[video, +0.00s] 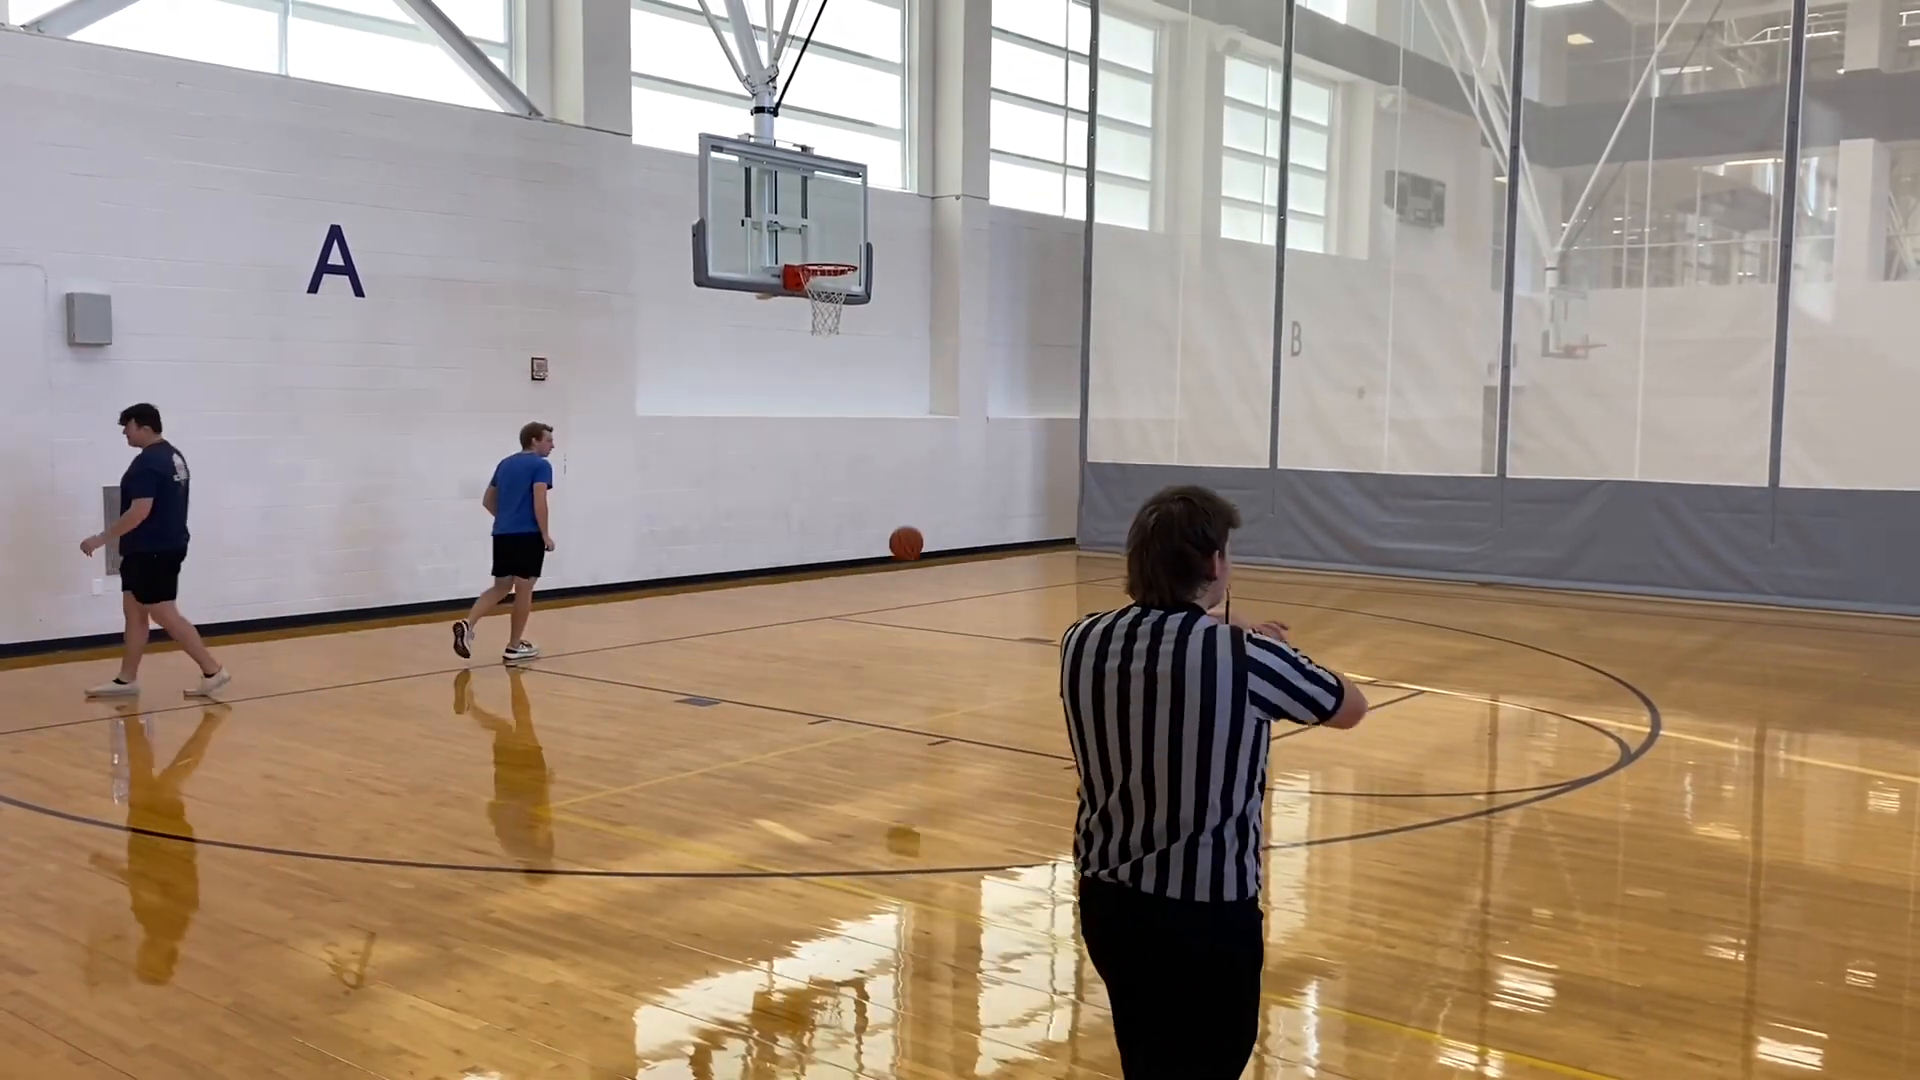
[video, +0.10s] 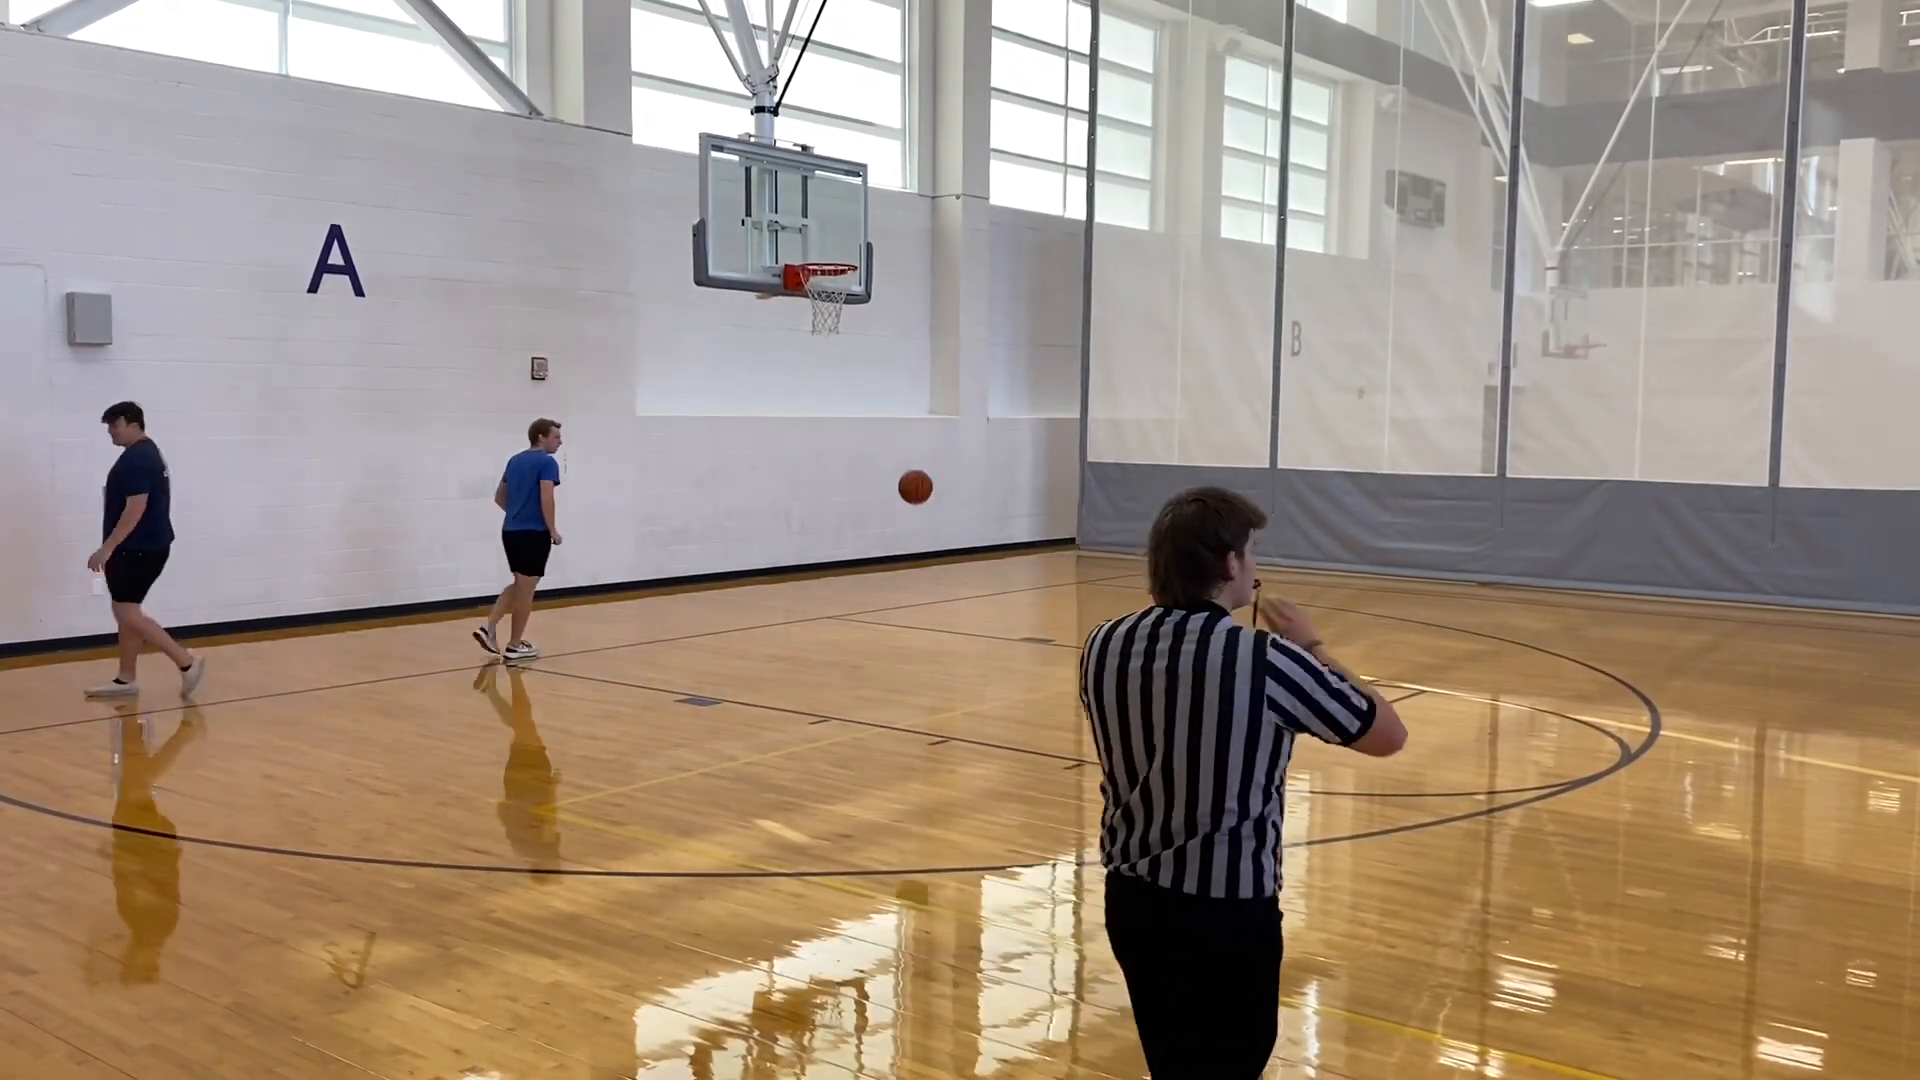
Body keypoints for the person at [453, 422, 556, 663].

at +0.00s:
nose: (552, 445)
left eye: (552, 440)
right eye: (549, 441)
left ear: (530, 443)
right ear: (535, 441)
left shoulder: (505, 463)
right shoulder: (541, 464)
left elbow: (488, 501)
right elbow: (540, 501)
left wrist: (507, 519)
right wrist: (545, 534)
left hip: (502, 536)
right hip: (528, 536)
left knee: (501, 587)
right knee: (524, 591)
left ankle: (468, 624)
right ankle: (515, 645)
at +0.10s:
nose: (560, 441)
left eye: (559, 437)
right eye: (556, 437)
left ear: (537, 439)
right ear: (541, 438)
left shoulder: (515, 460)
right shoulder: (547, 462)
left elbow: (500, 497)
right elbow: (547, 497)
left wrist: (520, 512)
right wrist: (552, 528)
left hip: (511, 531)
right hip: (534, 533)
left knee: (520, 584)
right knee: (526, 589)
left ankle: (489, 626)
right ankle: (515, 644)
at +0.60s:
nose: (615, 443)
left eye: (617, 439)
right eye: (611, 438)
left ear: (607, 441)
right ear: (597, 439)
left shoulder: (594, 462)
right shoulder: (591, 463)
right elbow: (587, 504)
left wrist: (605, 525)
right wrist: (605, 531)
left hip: (592, 530)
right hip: (584, 530)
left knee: (600, 581)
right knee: (588, 589)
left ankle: (598, 637)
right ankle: (539, 626)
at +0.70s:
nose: (626, 440)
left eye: (628, 436)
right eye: (622, 435)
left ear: (625, 438)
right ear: (608, 436)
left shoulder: (610, 460)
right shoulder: (600, 461)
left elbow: (604, 500)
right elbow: (594, 502)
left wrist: (619, 519)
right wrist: (616, 528)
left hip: (603, 527)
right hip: (596, 528)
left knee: (604, 581)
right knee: (616, 582)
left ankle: (599, 636)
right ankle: (568, 617)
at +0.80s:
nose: (637, 438)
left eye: (639, 434)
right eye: (632, 434)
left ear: (638, 437)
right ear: (619, 434)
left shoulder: (627, 460)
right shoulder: (608, 461)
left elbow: (623, 496)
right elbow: (601, 501)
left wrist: (638, 515)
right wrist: (623, 527)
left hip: (617, 526)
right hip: (609, 527)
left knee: (608, 578)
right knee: (635, 578)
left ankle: (599, 632)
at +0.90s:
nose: (648, 440)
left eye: (650, 436)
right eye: (644, 435)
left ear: (651, 438)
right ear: (631, 436)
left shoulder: (641, 462)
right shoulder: (619, 463)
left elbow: (640, 495)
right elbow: (609, 502)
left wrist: (660, 514)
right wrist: (630, 530)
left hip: (629, 528)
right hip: (622, 529)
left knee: (612, 580)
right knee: (646, 578)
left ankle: (599, 633)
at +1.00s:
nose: (661, 444)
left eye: (663, 440)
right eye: (657, 439)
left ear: (663, 442)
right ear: (644, 440)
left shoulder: (654, 465)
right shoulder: (632, 467)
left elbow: (657, 498)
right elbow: (621, 506)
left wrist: (679, 516)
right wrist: (638, 536)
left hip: (644, 533)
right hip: (634, 535)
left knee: (620, 582)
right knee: (656, 584)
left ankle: (601, 632)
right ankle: (679, 635)